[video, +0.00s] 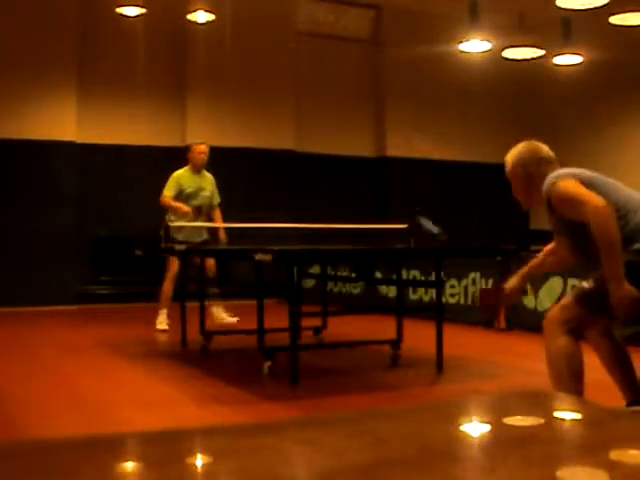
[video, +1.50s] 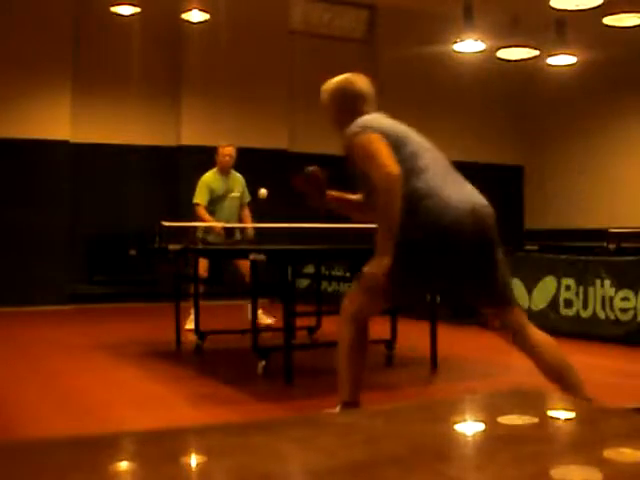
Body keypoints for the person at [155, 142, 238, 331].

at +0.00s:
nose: (203, 157)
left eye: (205, 153)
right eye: (199, 153)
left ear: (207, 157)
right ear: (190, 155)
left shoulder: (209, 179)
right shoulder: (179, 176)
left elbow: (215, 207)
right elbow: (165, 198)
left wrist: (220, 229)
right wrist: (180, 207)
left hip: (201, 232)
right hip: (179, 232)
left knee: (210, 266)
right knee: (173, 270)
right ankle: (163, 313)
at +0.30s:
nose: (221, 164)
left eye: (223, 160)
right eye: (217, 160)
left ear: (227, 163)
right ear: (209, 161)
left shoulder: (228, 186)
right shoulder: (197, 181)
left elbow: (238, 213)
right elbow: (188, 206)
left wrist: (244, 236)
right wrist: (204, 222)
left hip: (220, 241)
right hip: (195, 241)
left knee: (233, 272)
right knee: (189, 273)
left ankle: (234, 313)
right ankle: (181, 314)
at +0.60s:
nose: (231, 175)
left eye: (233, 171)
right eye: (228, 170)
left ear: (234, 171)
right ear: (218, 168)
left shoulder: (227, 189)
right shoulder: (203, 185)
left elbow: (227, 216)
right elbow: (195, 214)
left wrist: (233, 234)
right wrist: (215, 227)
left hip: (213, 238)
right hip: (193, 238)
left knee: (229, 272)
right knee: (190, 274)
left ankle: (230, 313)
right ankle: (182, 317)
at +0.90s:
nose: (233, 171)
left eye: (236, 168)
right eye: (230, 167)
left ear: (238, 170)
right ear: (221, 167)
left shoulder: (231, 188)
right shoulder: (213, 185)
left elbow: (225, 207)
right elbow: (220, 201)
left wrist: (234, 213)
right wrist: (237, 210)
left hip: (217, 238)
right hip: (199, 237)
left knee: (234, 271)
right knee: (194, 275)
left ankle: (231, 312)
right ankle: (183, 316)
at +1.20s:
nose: (233, 159)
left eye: (236, 156)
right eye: (230, 155)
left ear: (240, 159)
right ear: (222, 157)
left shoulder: (240, 180)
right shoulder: (212, 177)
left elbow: (245, 211)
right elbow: (205, 207)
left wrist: (254, 234)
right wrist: (219, 225)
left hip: (228, 236)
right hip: (206, 235)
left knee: (235, 272)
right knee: (200, 270)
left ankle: (232, 312)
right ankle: (188, 311)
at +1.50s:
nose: (227, 160)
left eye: (230, 156)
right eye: (224, 156)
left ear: (234, 159)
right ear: (217, 157)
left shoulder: (239, 180)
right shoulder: (207, 180)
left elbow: (244, 207)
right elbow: (199, 207)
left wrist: (249, 226)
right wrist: (213, 223)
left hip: (233, 234)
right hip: (209, 235)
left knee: (247, 270)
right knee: (201, 274)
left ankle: (255, 310)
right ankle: (193, 314)